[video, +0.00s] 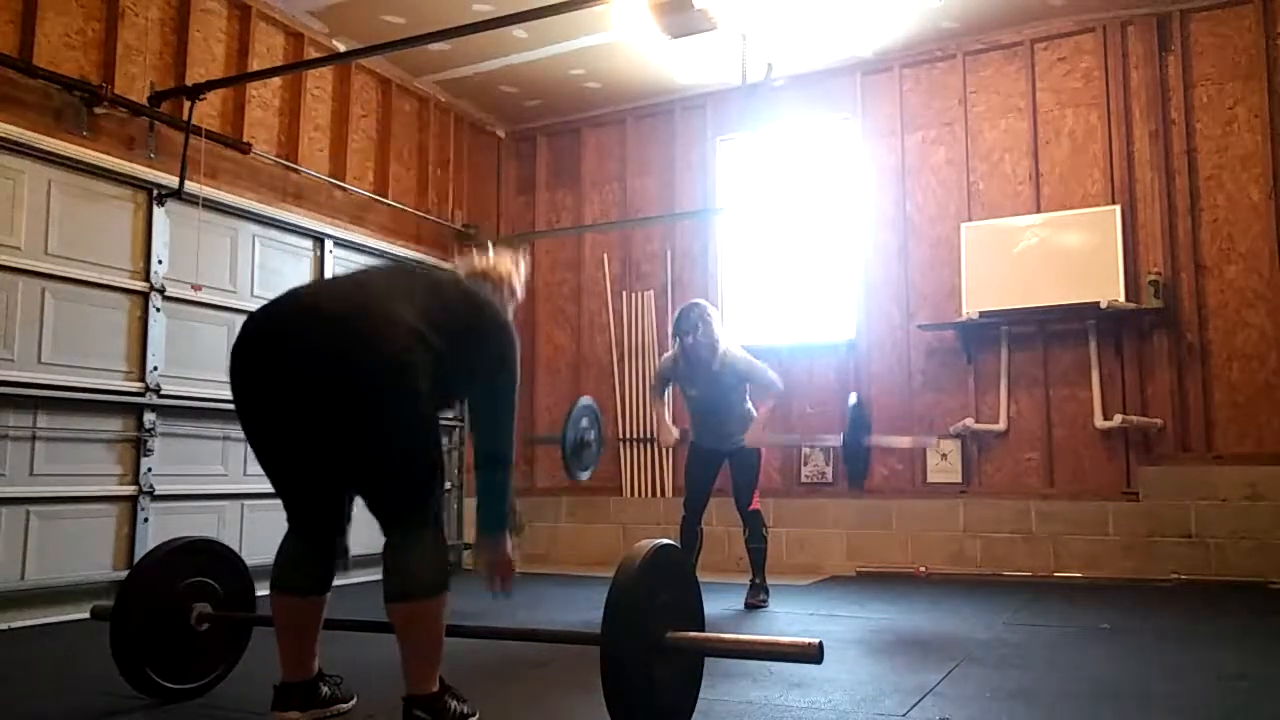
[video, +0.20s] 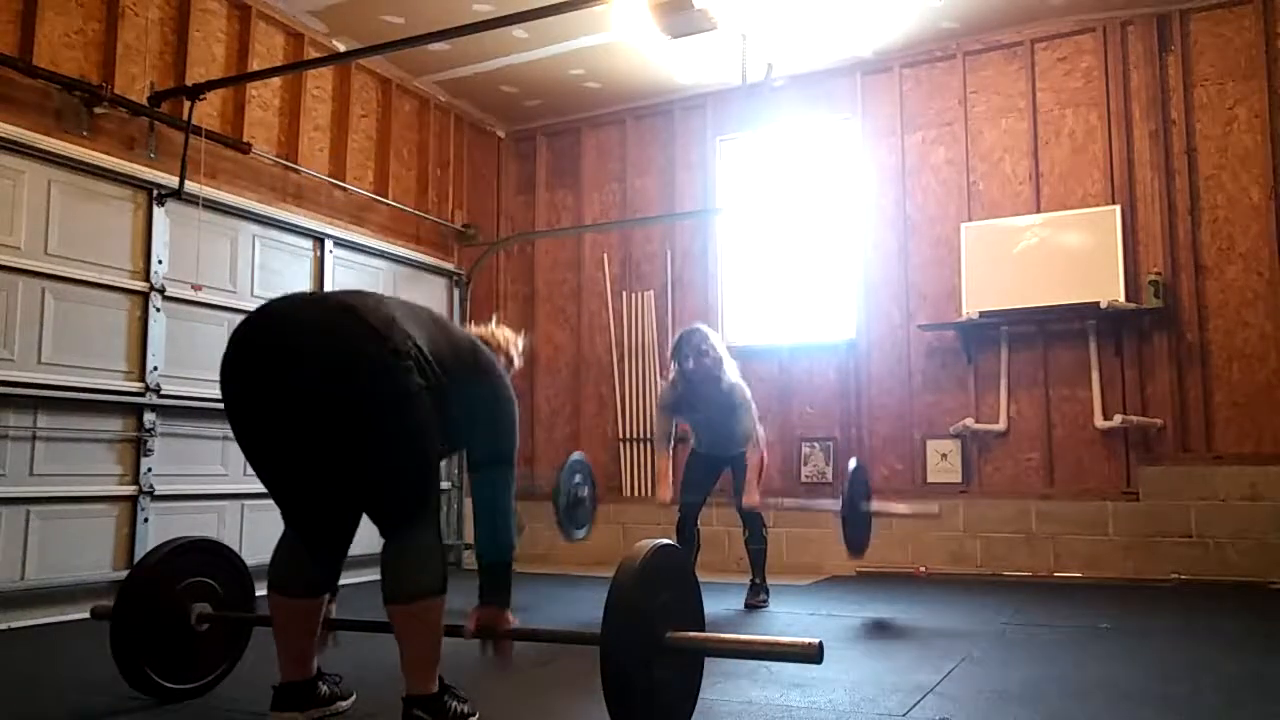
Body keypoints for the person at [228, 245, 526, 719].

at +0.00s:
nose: (513, 313)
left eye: (514, 304)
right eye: (515, 303)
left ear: (464, 276)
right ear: (508, 296)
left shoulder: (407, 284)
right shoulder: (492, 328)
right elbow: (493, 449)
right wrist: (494, 538)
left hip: (266, 351)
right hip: (373, 371)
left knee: (314, 521)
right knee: (413, 529)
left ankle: (297, 686)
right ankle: (424, 696)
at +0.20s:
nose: (511, 378)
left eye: (512, 371)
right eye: (512, 372)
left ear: (474, 339)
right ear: (505, 365)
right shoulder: (489, 386)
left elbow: (342, 480)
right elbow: (493, 504)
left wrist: (323, 593)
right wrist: (494, 602)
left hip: (255, 351)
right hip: (369, 363)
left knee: (312, 519)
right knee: (412, 527)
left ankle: (295, 685)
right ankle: (423, 693)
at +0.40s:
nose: (510, 397)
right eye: (511, 391)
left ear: (477, 351)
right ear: (507, 379)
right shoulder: (492, 393)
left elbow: (348, 487)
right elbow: (500, 514)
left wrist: (319, 589)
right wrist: (498, 607)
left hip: (252, 360)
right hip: (365, 369)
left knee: (315, 518)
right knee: (415, 527)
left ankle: (295, 685)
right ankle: (425, 694)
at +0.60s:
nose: (504, 368)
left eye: (507, 360)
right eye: (505, 359)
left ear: (454, 332)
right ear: (497, 352)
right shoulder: (485, 383)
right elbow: (494, 509)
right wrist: (495, 604)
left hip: (249, 394)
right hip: (363, 404)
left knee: (338, 520)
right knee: (432, 526)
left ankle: (298, 684)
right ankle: (426, 693)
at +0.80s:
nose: (498, 331)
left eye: (498, 323)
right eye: (499, 322)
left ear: (447, 296)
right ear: (493, 315)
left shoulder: (398, 311)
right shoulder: (479, 340)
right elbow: (493, 460)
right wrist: (496, 558)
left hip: (248, 362)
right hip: (356, 376)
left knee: (325, 521)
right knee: (419, 528)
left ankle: (297, 686)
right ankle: (426, 696)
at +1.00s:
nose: (494, 267)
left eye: (494, 259)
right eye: (493, 259)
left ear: (442, 234)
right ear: (485, 252)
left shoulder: (385, 254)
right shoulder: (475, 275)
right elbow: (497, 366)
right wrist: (494, 472)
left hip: (255, 345)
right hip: (357, 362)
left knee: (308, 518)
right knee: (407, 524)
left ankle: (294, 685)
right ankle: (424, 696)